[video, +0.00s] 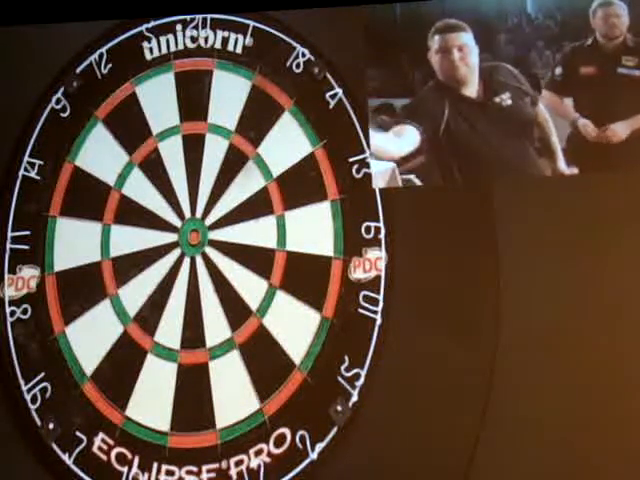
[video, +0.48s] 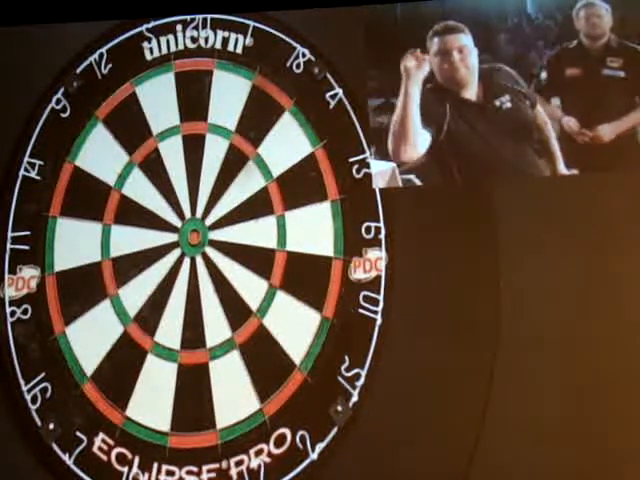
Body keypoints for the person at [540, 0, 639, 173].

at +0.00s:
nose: (612, 22)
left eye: (618, 16)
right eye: (605, 17)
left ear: (628, 20)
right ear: (593, 22)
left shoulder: (636, 54)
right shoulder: (575, 55)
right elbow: (549, 96)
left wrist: (628, 126)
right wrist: (578, 121)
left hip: (629, 157)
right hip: (584, 156)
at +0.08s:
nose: (609, 22)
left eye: (615, 16)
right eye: (603, 17)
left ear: (625, 20)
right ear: (591, 22)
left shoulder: (635, 53)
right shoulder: (573, 55)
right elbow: (546, 94)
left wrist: (626, 128)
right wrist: (577, 121)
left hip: (629, 158)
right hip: (583, 157)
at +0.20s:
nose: (606, 22)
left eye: (612, 16)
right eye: (600, 17)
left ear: (623, 21)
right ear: (588, 22)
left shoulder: (635, 53)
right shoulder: (572, 55)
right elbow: (545, 93)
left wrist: (626, 128)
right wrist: (576, 120)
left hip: (628, 158)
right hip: (582, 157)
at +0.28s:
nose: (605, 22)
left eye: (610, 16)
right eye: (598, 17)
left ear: (622, 20)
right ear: (587, 22)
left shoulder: (635, 53)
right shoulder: (572, 56)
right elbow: (543, 93)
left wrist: (625, 128)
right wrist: (574, 119)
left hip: (628, 157)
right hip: (582, 155)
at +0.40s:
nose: (600, 21)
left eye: (605, 16)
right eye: (593, 17)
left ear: (617, 20)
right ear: (582, 22)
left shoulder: (635, 54)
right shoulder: (569, 58)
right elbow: (540, 94)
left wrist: (620, 129)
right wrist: (569, 120)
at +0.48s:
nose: (593, 21)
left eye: (599, 16)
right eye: (587, 17)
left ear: (610, 21)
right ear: (576, 23)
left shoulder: (632, 56)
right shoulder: (558, 59)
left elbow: (638, 108)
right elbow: (543, 100)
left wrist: (613, 129)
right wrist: (562, 120)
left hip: (621, 160)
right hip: (573, 160)